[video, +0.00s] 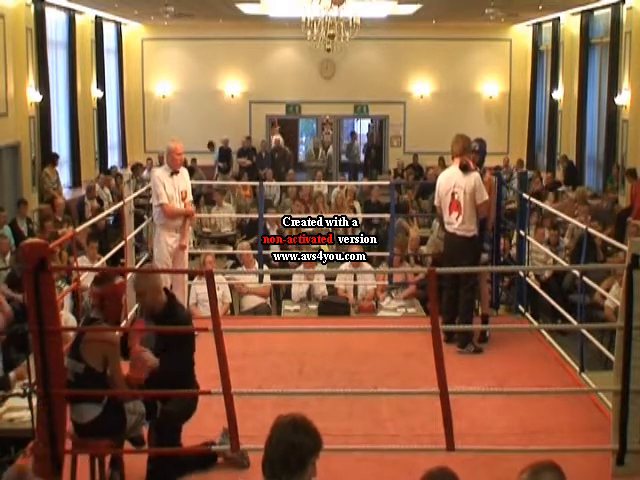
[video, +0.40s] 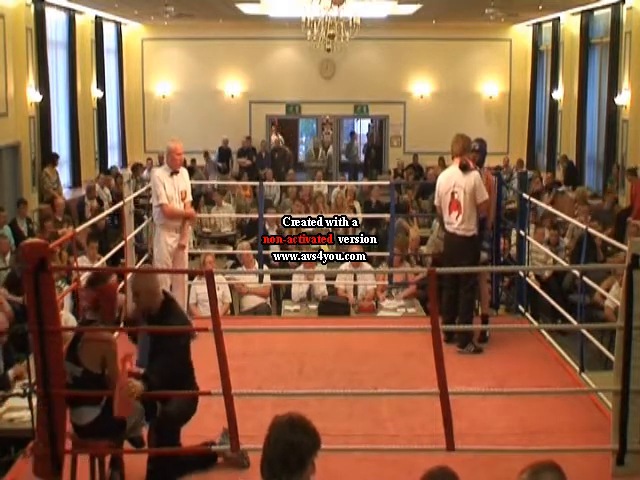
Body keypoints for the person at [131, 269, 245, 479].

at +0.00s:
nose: (139, 300)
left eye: (144, 294)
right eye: (137, 294)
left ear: (158, 290)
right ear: (136, 291)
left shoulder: (178, 318)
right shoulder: (144, 314)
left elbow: (183, 366)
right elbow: (125, 351)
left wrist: (157, 364)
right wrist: (127, 338)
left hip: (180, 392)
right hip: (154, 390)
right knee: (164, 465)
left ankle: (217, 451)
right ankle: (216, 448)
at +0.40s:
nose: (140, 301)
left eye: (144, 295)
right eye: (138, 295)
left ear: (154, 292)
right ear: (135, 294)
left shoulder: (173, 322)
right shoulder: (146, 313)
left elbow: (169, 365)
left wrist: (145, 383)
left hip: (180, 393)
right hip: (158, 392)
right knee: (164, 465)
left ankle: (217, 451)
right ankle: (216, 449)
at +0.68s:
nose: (131, 298)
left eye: (135, 293)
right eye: (129, 292)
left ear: (153, 291)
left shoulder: (170, 320)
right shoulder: (142, 317)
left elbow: (166, 360)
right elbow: (142, 356)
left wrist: (142, 380)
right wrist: (130, 375)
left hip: (180, 391)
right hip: (156, 390)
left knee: (166, 417)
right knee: (163, 466)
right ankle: (214, 449)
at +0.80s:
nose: (130, 298)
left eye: (134, 293)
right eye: (129, 293)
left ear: (150, 292)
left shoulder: (170, 321)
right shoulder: (148, 314)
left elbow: (165, 362)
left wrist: (140, 381)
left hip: (179, 391)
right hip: (155, 390)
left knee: (166, 417)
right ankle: (214, 449)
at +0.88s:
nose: (129, 298)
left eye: (133, 293)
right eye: (128, 293)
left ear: (150, 292)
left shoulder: (169, 321)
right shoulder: (152, 316)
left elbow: (163, 362)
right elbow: (146, 357)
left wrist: (139, 382)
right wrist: (132, 377)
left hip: (180, 391)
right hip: (158, 389)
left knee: (166, 415)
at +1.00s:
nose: (131, 299)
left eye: (134, 292)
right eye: (129, 293)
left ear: (150, 291)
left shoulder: (168, 322)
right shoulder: (156, 314)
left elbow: (163, 363)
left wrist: (140, 383)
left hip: (179, 393)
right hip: (161, 391)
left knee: (165, 415)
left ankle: (216, 451)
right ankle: (215, 449)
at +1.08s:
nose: (133, 299)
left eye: (136, 292)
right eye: (131, 293)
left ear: (152, 291)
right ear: (151, 291)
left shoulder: (169, 322)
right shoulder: (158, 314)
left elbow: (163, 363)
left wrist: (140, 383)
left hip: (180, 393)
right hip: (162, 391)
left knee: (165, 415)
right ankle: (215, 449)